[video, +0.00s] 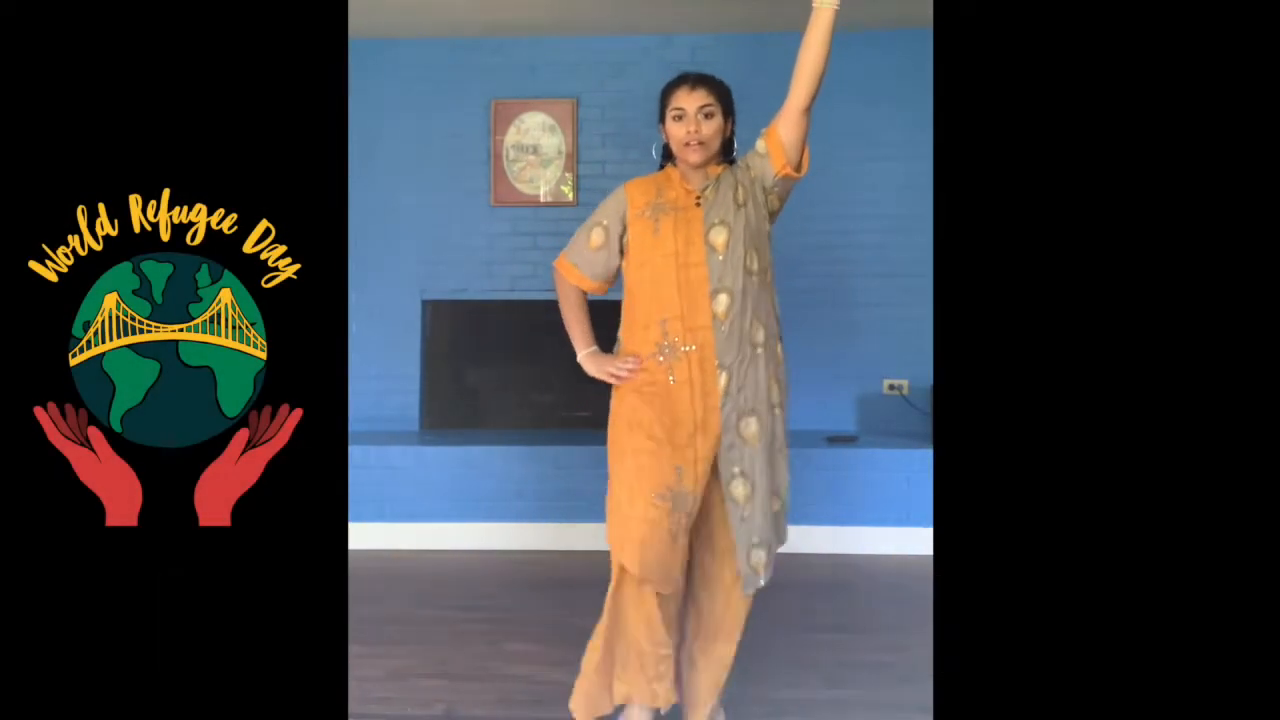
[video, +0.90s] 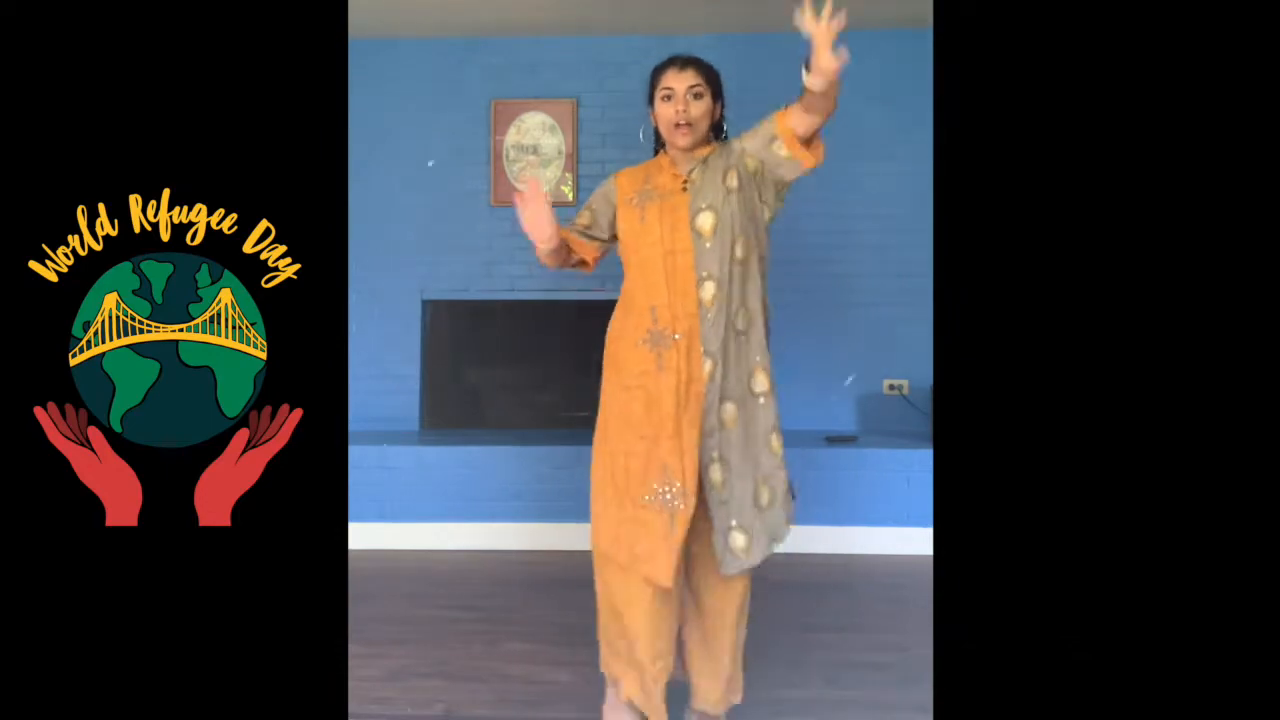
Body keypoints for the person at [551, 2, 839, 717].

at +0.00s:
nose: (692, 125)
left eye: (706, 114)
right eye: (679, 115)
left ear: (727, 127)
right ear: (664, 129)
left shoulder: (752, 189)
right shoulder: (636, 199)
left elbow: (799, 104)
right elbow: (571, 271)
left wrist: (825, 9)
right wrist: (588, 354)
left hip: (738, 402)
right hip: (652, 401)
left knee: (726, 565)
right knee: (649, 559)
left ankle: (702, 706)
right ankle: (639, 703)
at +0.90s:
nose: (681, 107)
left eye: (695, 95)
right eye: (667, 96)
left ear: (716, 108)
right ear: (651, 112)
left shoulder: (744, 166)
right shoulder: (625, 187)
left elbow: (809, 115)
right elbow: (563, 254)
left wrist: (822, 72)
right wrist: (544, 235)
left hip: (724, 387)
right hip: (640, 388)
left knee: (718, 551)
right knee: (633, 548)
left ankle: (713, 703)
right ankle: (629, 700)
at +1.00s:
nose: (678, 106)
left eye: (692, 95)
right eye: (666, 95)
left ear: (714, 109)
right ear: (649, 111)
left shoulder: (740, 162)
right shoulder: (621, 188)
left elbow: (825, 116)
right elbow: (567, 235)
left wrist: (812, 138)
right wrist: (528, 233)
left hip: (723, 384)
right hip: (637, 385)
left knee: (720, 547)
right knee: (633, 541)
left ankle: (714, 702)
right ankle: (635, 695)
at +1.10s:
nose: (679, 101)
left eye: (693, 90)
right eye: (666, 91)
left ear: (714, 106)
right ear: (649, 107)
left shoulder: (744, 167)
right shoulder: (618, 181)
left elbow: (847, 176)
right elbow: (555, 226)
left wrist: (784, 191)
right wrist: (538, 241)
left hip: (720, 383)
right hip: (634, 386)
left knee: (719, 536)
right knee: (630, 536)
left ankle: (704, 697)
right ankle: (627, 699)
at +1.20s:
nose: (682, 103)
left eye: (696, 92)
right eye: (669, 93)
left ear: (718, 106)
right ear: (652, 108)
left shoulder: (747, 180)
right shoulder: (617, 184)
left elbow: (823, 257)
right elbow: (554, 255)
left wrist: (769, 241)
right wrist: (575, 274)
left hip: (719, 381)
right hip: (633, 382)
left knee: (717, 526)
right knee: (633, 528)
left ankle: (703, 690)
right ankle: (628, 692)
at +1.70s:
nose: (693, 103)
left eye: (708, 93)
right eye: (681, 93)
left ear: (731, 107)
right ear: (664, 109)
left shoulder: (757, 169)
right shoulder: (635, 181)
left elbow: (759, 272)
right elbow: (619, 264)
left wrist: (745, 345)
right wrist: (607, 315)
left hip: (717, 383)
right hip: (636, 380)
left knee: (716, 540)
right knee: (642, 541)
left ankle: (714, 674)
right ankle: (650, 696)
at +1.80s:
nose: (694, 107)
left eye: (709, 96)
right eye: (681, 96)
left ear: (731, 110)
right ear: (664, 111)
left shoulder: (759, 179)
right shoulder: (633, 186)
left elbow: (757, 282)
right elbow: (621, 280)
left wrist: (754, 374)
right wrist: (608, 350)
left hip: (726, 398)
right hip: (642, 395)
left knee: (724, 551)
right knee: (641, 554)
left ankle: (710, 694)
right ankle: (646, 703)